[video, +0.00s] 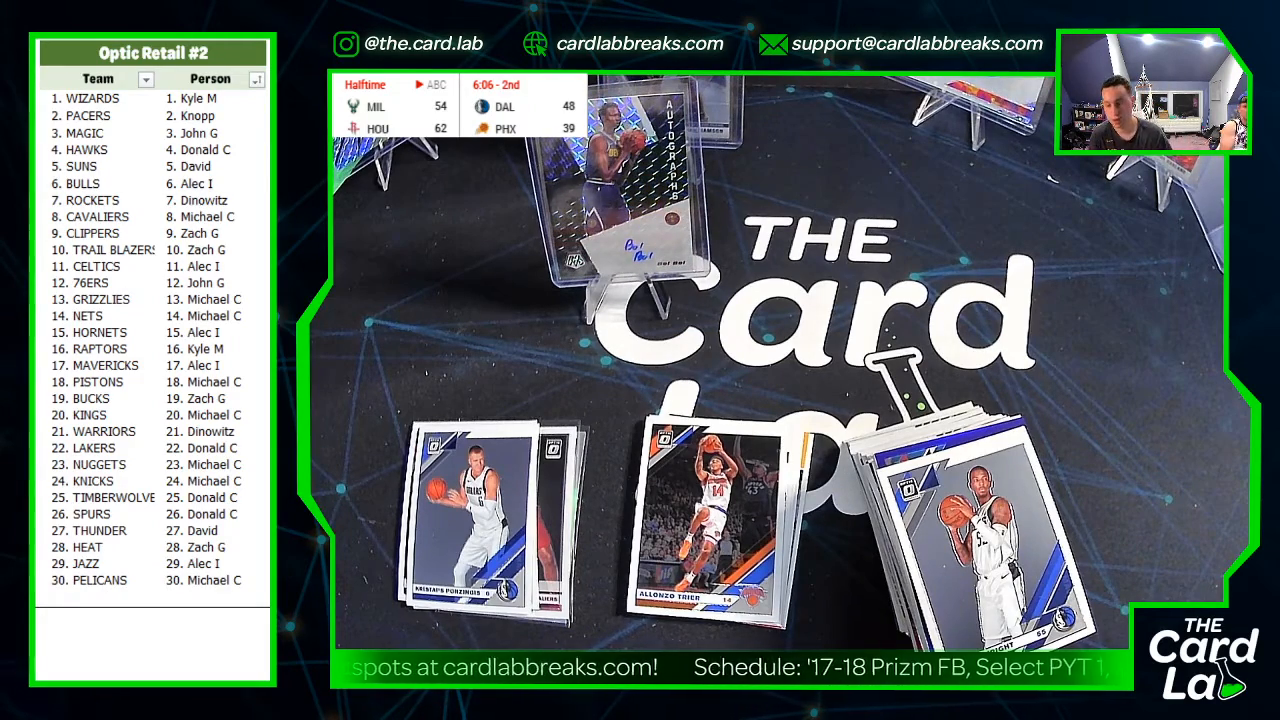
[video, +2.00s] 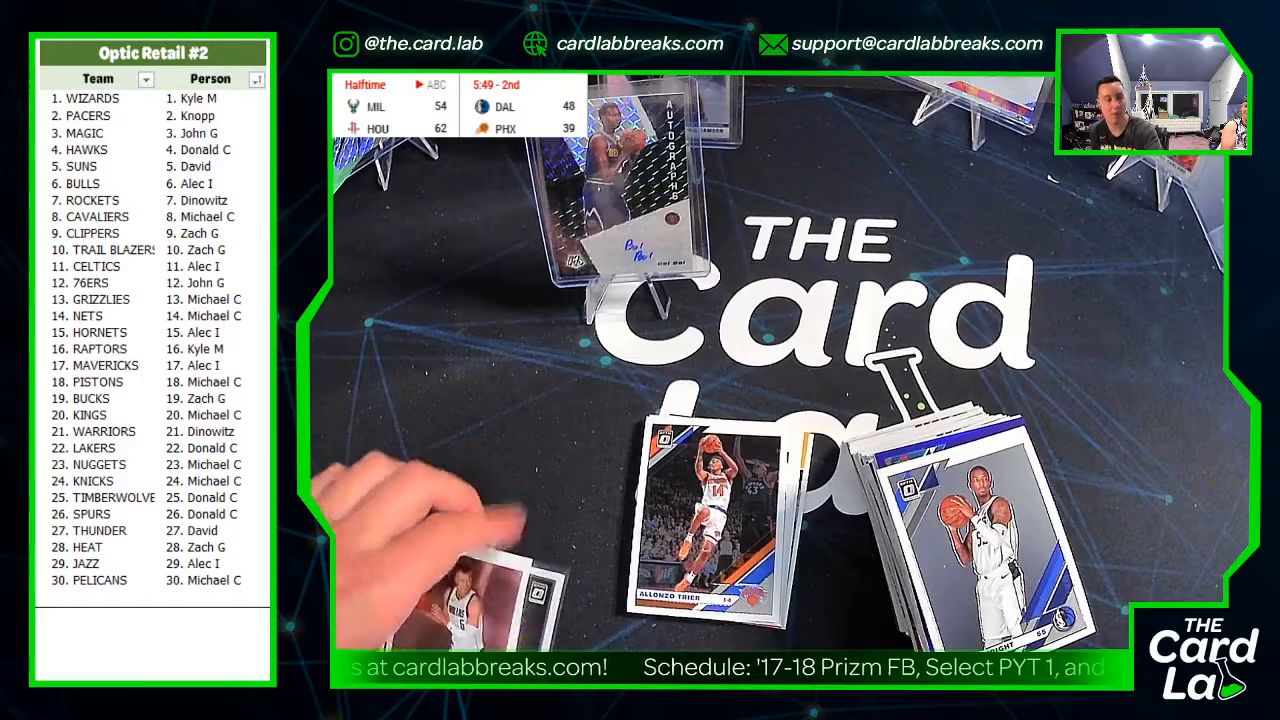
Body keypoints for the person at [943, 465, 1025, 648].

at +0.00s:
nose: (980, 483)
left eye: (984, 479)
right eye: (976, 480)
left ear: (990, 482)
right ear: (970, 485)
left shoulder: (1000, 504)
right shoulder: (975, 518)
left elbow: (997, 539)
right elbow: (965, 559)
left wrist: (973, 517)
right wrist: (953, 530)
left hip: (1007, 579)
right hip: (985, 584)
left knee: (1018, 632)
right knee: (992, 639)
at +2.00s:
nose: (980, 483)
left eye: (984, 479)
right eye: (976, 480)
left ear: (990, 481)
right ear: (970, 485)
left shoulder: (1000, 504)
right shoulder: (974, 517)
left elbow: (996, 538)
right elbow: (965, 559)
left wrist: (972, 516)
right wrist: (953, 530)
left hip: (1007, 579)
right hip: (985, 585)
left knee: (1018, 632)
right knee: (992, 640)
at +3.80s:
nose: (980, 483)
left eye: (983, 479)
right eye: (975, 480)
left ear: (990, 481)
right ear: (970, 485)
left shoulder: (1000, 504)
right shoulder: (975, 516)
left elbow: (997, 538)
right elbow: (965, 558)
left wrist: (972, 516)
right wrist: (953, 529)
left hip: (1006, 578)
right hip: (984, 583)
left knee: (1017, 632)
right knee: (991, 638)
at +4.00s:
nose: (980, 484)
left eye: (983, 480)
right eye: (975, 481)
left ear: (990, 482)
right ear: (970, 486)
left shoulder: (999, 504)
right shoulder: (974, 519)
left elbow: (997, 539)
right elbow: (965, 559)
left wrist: (972, 516)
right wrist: (953, 531)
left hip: (1006, 578)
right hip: (984, 585)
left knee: (1017, 632)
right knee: (991, 639)